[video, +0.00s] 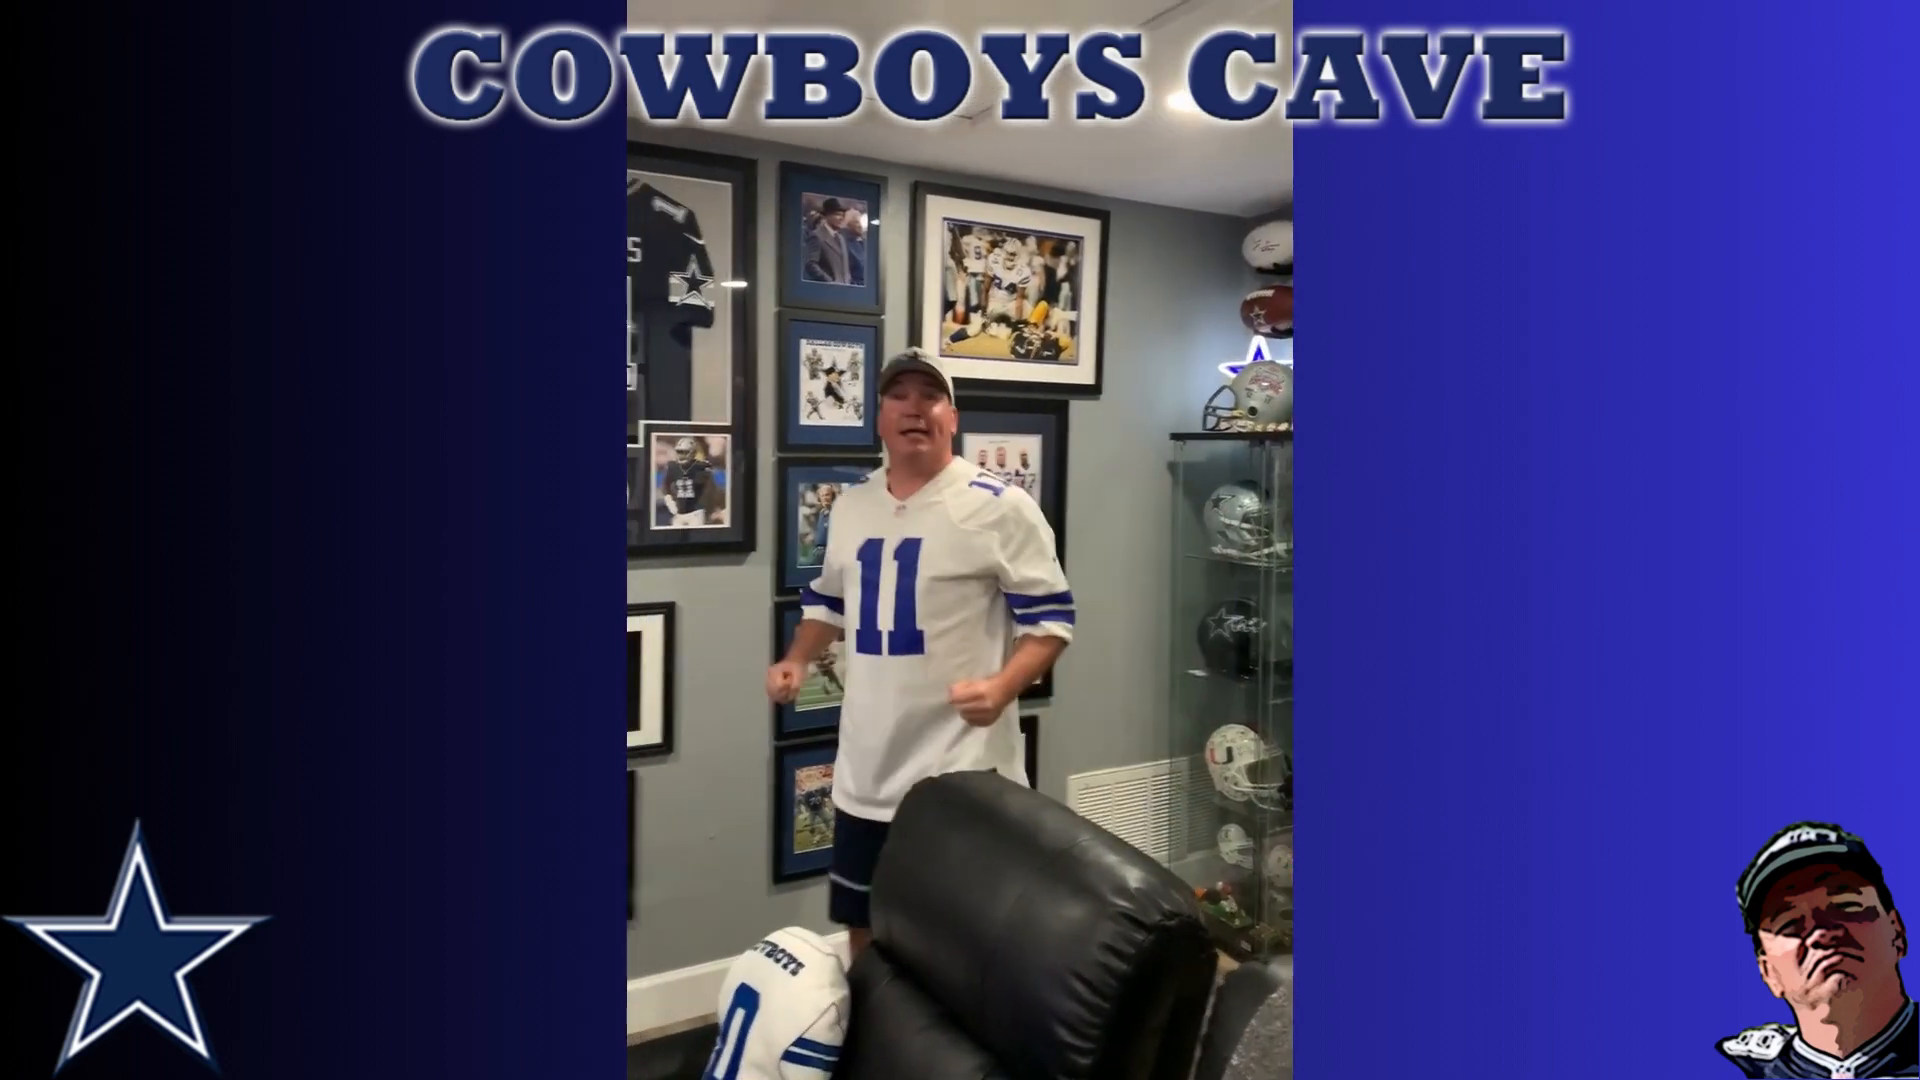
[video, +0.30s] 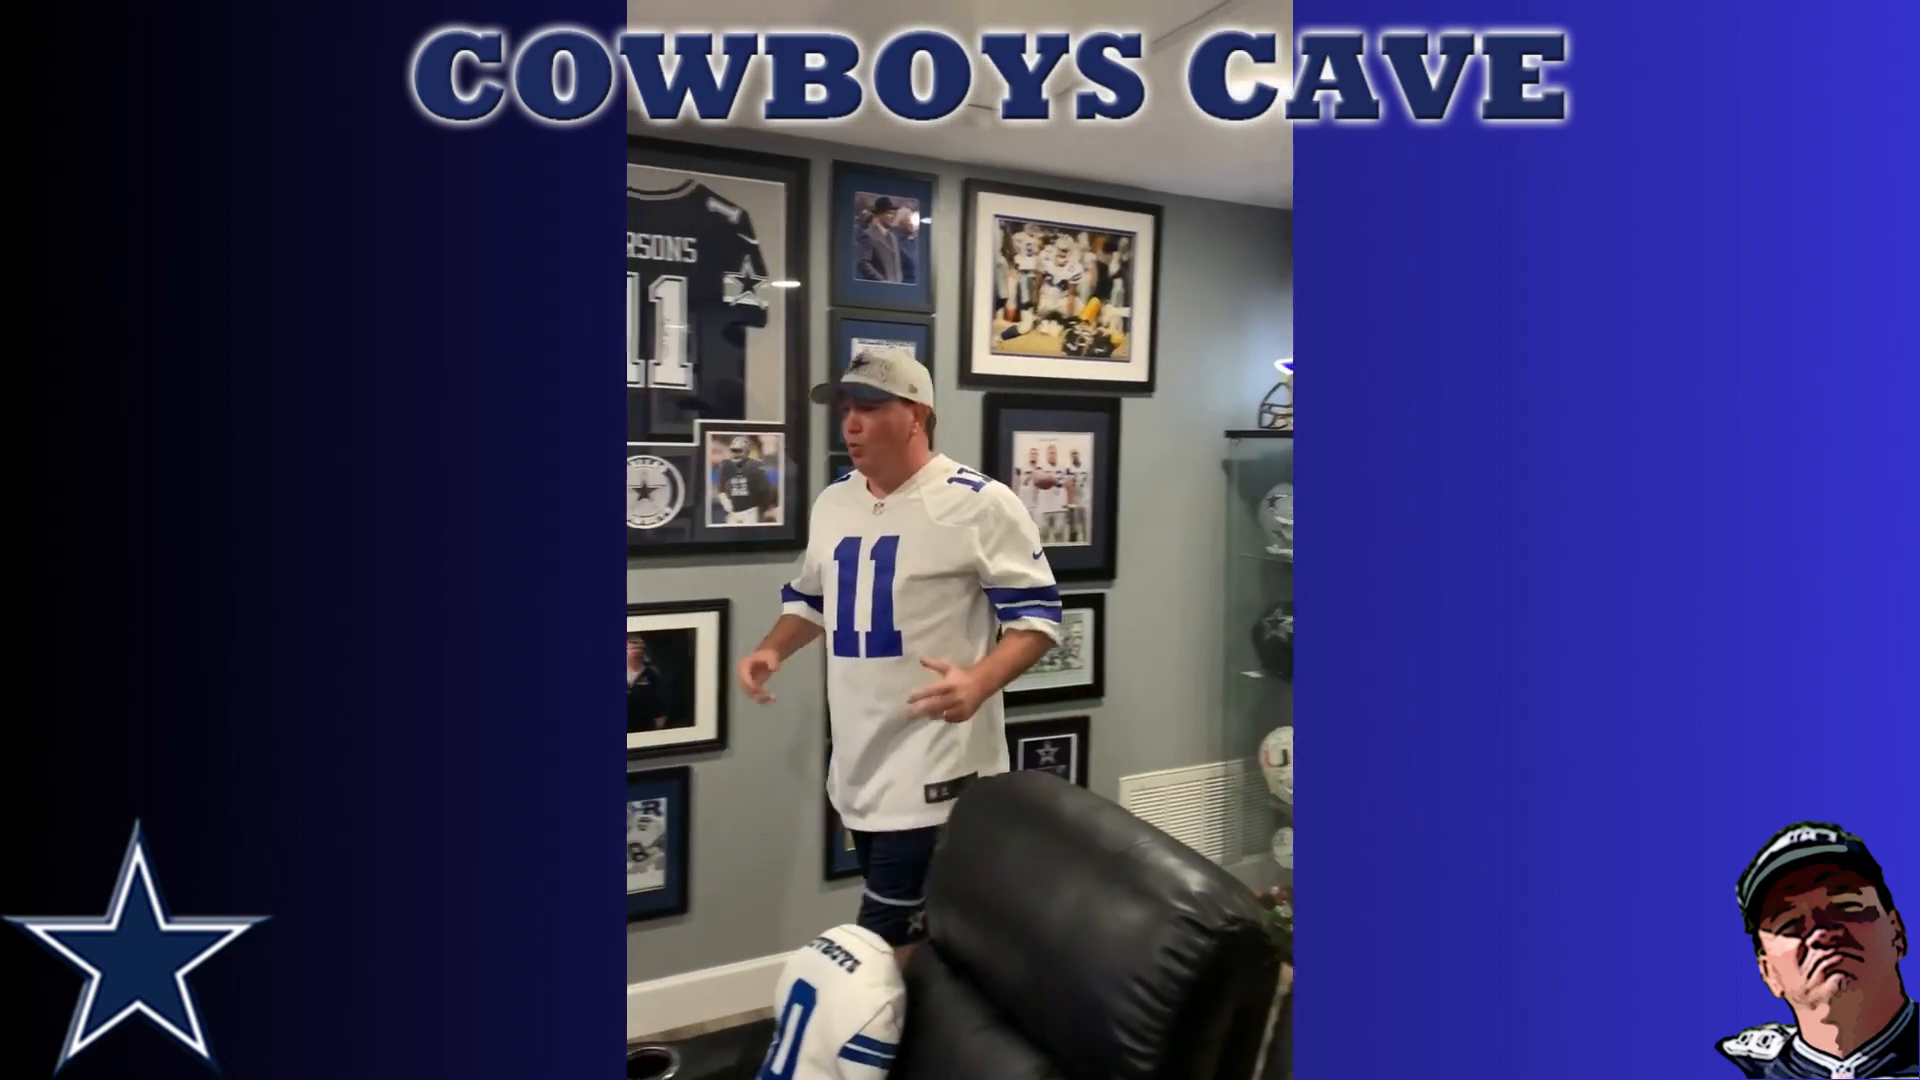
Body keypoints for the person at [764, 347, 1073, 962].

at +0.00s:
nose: (915, 411)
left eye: (931, 398)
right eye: (899, 397)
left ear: (953, 418)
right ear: (877, 417)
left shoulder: (1001, 509)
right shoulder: (851, 508)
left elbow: (1052, 621)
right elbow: (827, 605)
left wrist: (1004, 685)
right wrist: (797, 659)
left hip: (965, 784)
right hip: (867, 778)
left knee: (965, 942)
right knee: (864, 937)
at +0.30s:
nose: (850, 424)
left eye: (868, 408)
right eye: (847, 410)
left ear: (915, 416)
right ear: (842, 415)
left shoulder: (982, 505)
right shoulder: (833, 505)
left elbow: (1038, 620)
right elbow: (810, 601)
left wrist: (982, 679)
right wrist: (772, 649)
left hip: (938, 778)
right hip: (861, 776)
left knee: (883, 958)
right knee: (915, 955)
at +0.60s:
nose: (817, 433)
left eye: (835, 418)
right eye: (815, 419)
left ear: (885, 425)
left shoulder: (945, 524)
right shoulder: (834, 513)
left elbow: (991, 666)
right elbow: (826, 625)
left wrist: (895, 728)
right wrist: (767, 668)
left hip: (900, 813)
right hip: (847, 807)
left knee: (841, 987)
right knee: (892, 995)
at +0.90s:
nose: (793, 425)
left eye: (810, 408)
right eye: (792, 409)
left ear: (865, 414)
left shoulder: (901, 517)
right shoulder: (852, 502)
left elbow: (911, 680)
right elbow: (850, 637)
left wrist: (780, 730)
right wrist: (768, 664)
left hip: (859, 810)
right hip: (807, 798)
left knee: (851, 1003)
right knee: (777, 942)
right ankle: (861, 1062)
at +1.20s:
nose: (787, 428)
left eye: (805, 411)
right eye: (786, 412)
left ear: (864, 419)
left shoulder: (897, 522)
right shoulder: (859, 509)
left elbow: (910, 689)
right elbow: (862, 644)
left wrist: (775, 745)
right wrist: (781, 671)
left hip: (870, 826)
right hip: (811, 808)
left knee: (880, 1038)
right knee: (765, 961)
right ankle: (724, 1077)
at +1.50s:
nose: (777, 439)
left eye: (795, 423)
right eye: (777, 423)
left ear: (851, 430)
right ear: (843, 434)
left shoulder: (901, 532)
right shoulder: (834, 522)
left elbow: (934, 686)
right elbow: (841, 660)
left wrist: (803, 750)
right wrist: (758, 681)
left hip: (873, 837)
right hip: (794, 822)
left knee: (922, 1033)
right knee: (759, 969)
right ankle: (768, 1078)